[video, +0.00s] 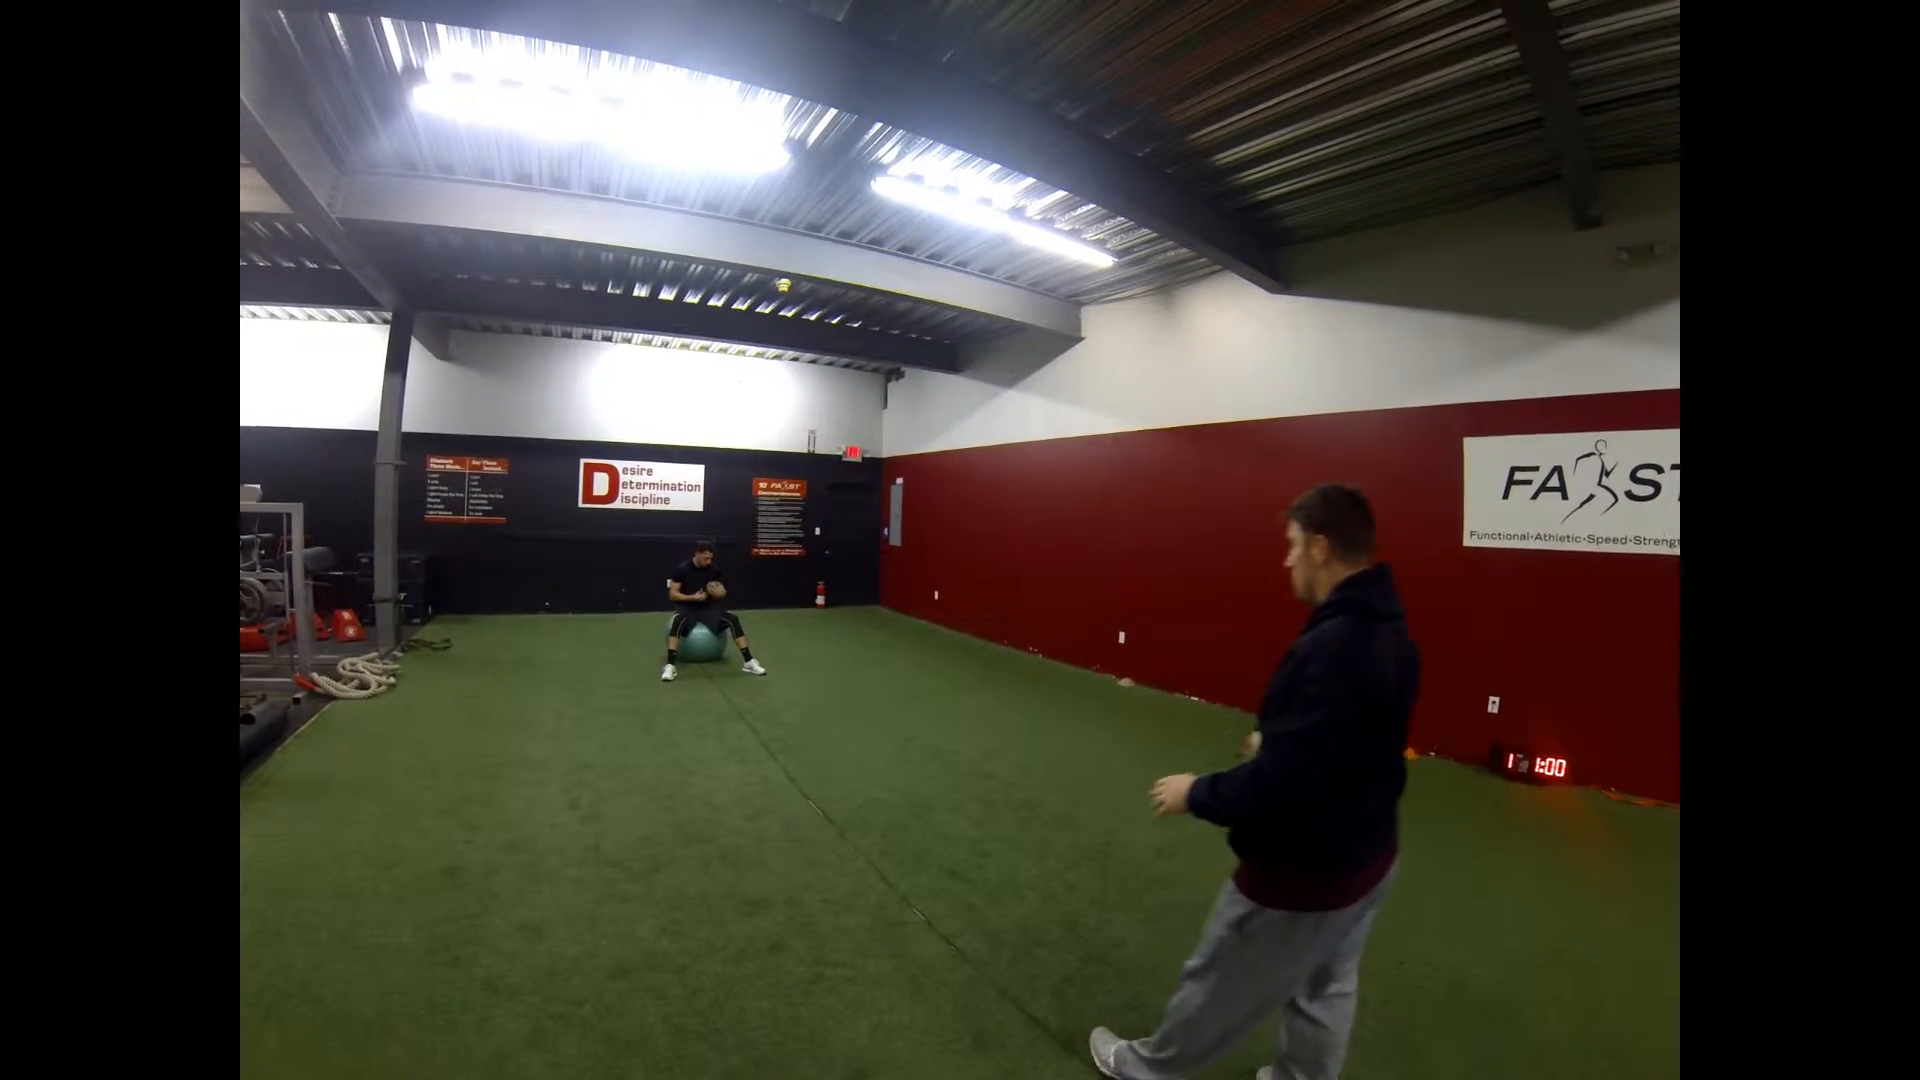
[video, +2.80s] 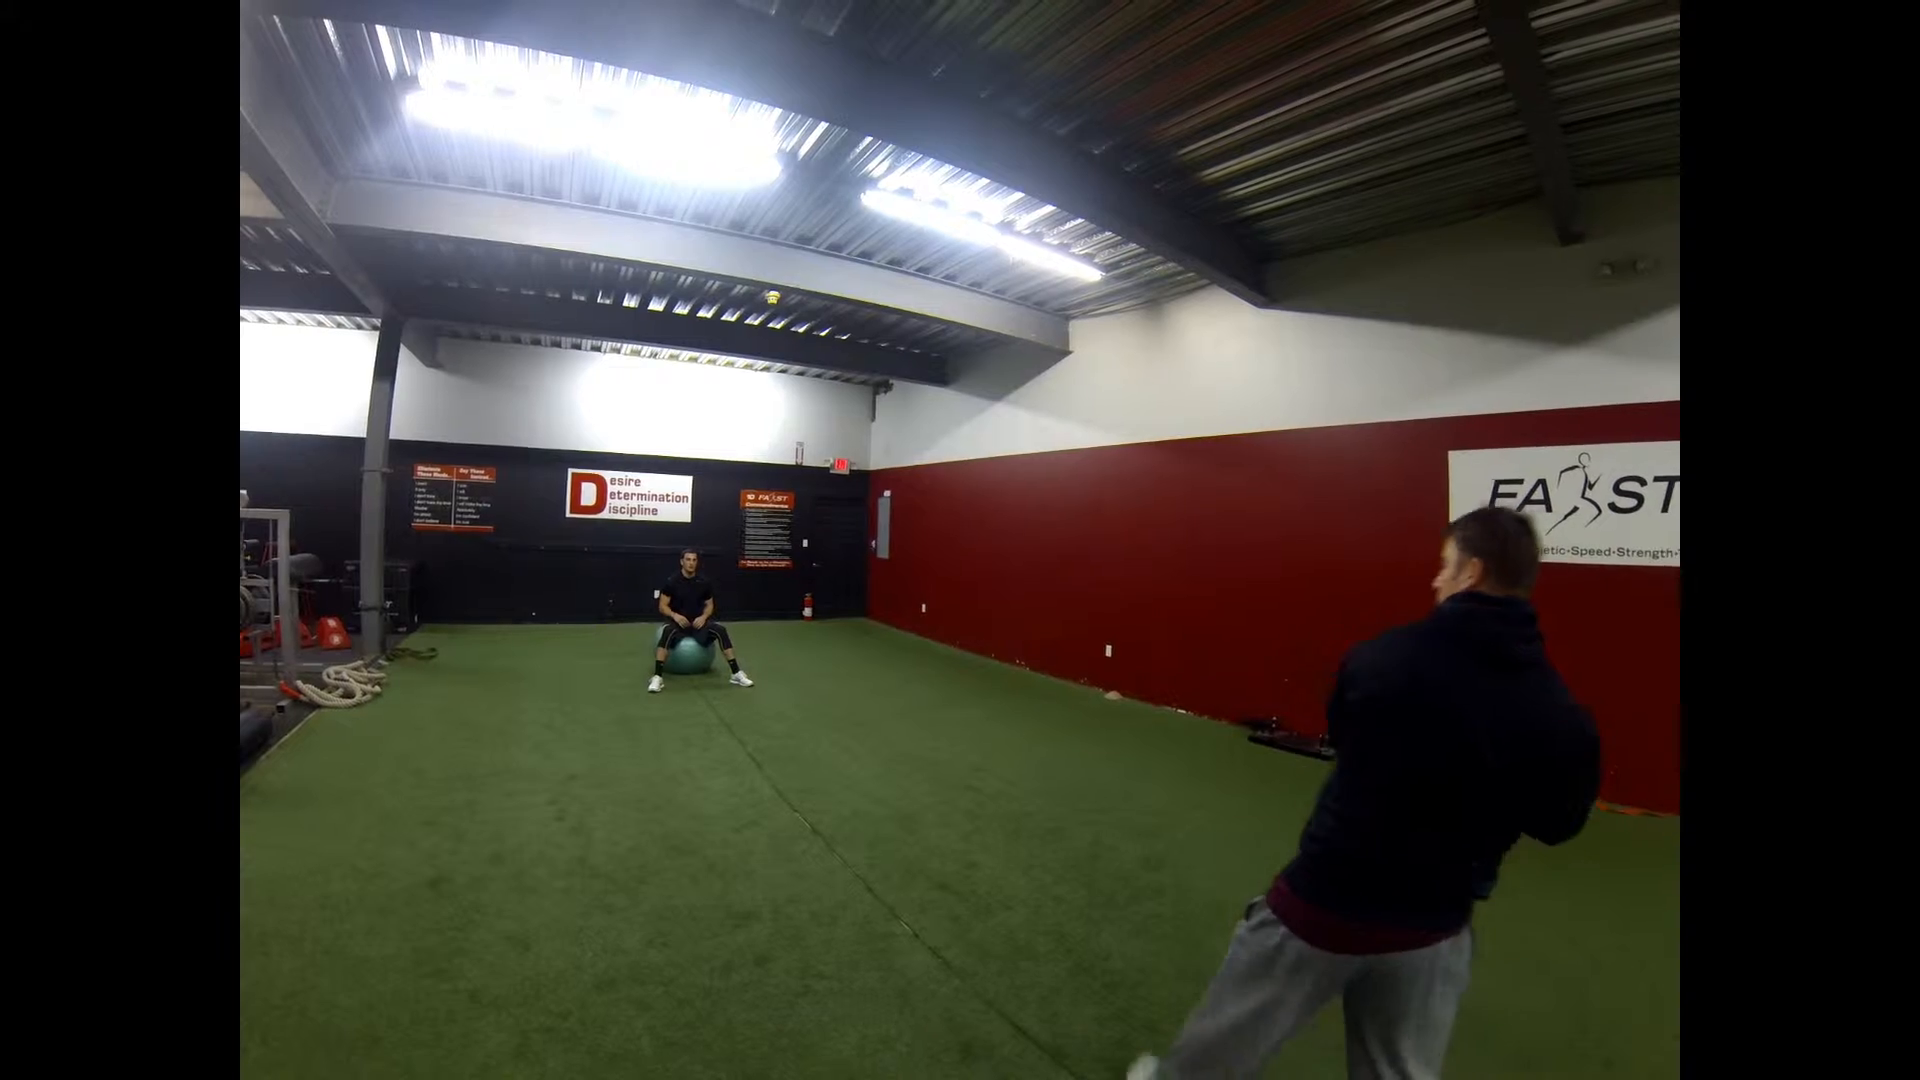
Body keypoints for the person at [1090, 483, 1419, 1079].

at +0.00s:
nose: (1287, 563)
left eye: (1292, 547)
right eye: (1288, 547)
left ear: (1320, 548)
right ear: (1340, 547)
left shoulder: (1334, 644)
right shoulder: (1386, 628)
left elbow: (1286, 776)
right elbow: (1360, 740)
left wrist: (1197, 792)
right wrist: (1278, 744)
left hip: (1297, 874)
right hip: (1362, 859)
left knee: (1220, 983)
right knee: (1325, 990)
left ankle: (1151, 1063)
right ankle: (1304, 1074)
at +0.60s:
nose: (1331, 546)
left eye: (1342, 531)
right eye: (1335, 530)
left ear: (1376, 544)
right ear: (1389, 545)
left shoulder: (1366, 652)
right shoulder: (1423, 636)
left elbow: (1293, 794)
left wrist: (1218, 787)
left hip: (1314, 913)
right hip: (1373, 898)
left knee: (1272, 1066)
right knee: (1324, 1062)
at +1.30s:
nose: (1299, 542)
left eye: (1310, 525)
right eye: (1304, 525)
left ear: (1347, 544)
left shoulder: (1332, 674)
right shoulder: (1414, 644)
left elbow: (1217, 842)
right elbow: (1359, 770)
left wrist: (1174, 770)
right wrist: (1255, 749)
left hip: (1303, 961)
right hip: (1376, 930)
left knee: (1263, 1069)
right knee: (1315, 1065)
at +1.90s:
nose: (1322, 603)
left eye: (1320, 586)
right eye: (1318, 587)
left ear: (1341, 582)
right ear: (1402, 574)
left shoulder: (1330, 699)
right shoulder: (1463, 670)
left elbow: (1261, 844)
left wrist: (1245, 828)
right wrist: (1275, 813)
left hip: (1357, 989)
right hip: (1467, 965)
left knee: (1257, 1071)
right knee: (1408, 1071)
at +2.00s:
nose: (1342, 591)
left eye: (1342, 576)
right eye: (1341, 578)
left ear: (1360, 576)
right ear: (1424, 570)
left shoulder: (1343, 690)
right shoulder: (1490, 669)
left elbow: (1276, 823)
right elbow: (1482, 794)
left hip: (1359, 978)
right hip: (1471, 962)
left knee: (1267, 1070)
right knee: (1412, 1072)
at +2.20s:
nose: (1411, 572)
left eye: (1412, 559)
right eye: (1411, 559)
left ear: (1426, 560)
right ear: (1493, 556)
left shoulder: (1381, 668)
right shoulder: (1548, 671)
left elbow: (1309, 788)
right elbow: (1531, 795)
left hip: (1369, 949)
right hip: (1481, 950)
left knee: (1279, 1071)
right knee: (1418, 1074)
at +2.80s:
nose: (1436, 582)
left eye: (1443, 567)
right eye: (1439, 566)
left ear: (1473, 573)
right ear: (1524, 583)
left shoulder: (1385, 659)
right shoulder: (1556, 712)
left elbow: (1343, 736)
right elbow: (1559, 822)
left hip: (1319, 914)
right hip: (1431, 935)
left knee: (1210, 1056)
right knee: (1402, 1074)